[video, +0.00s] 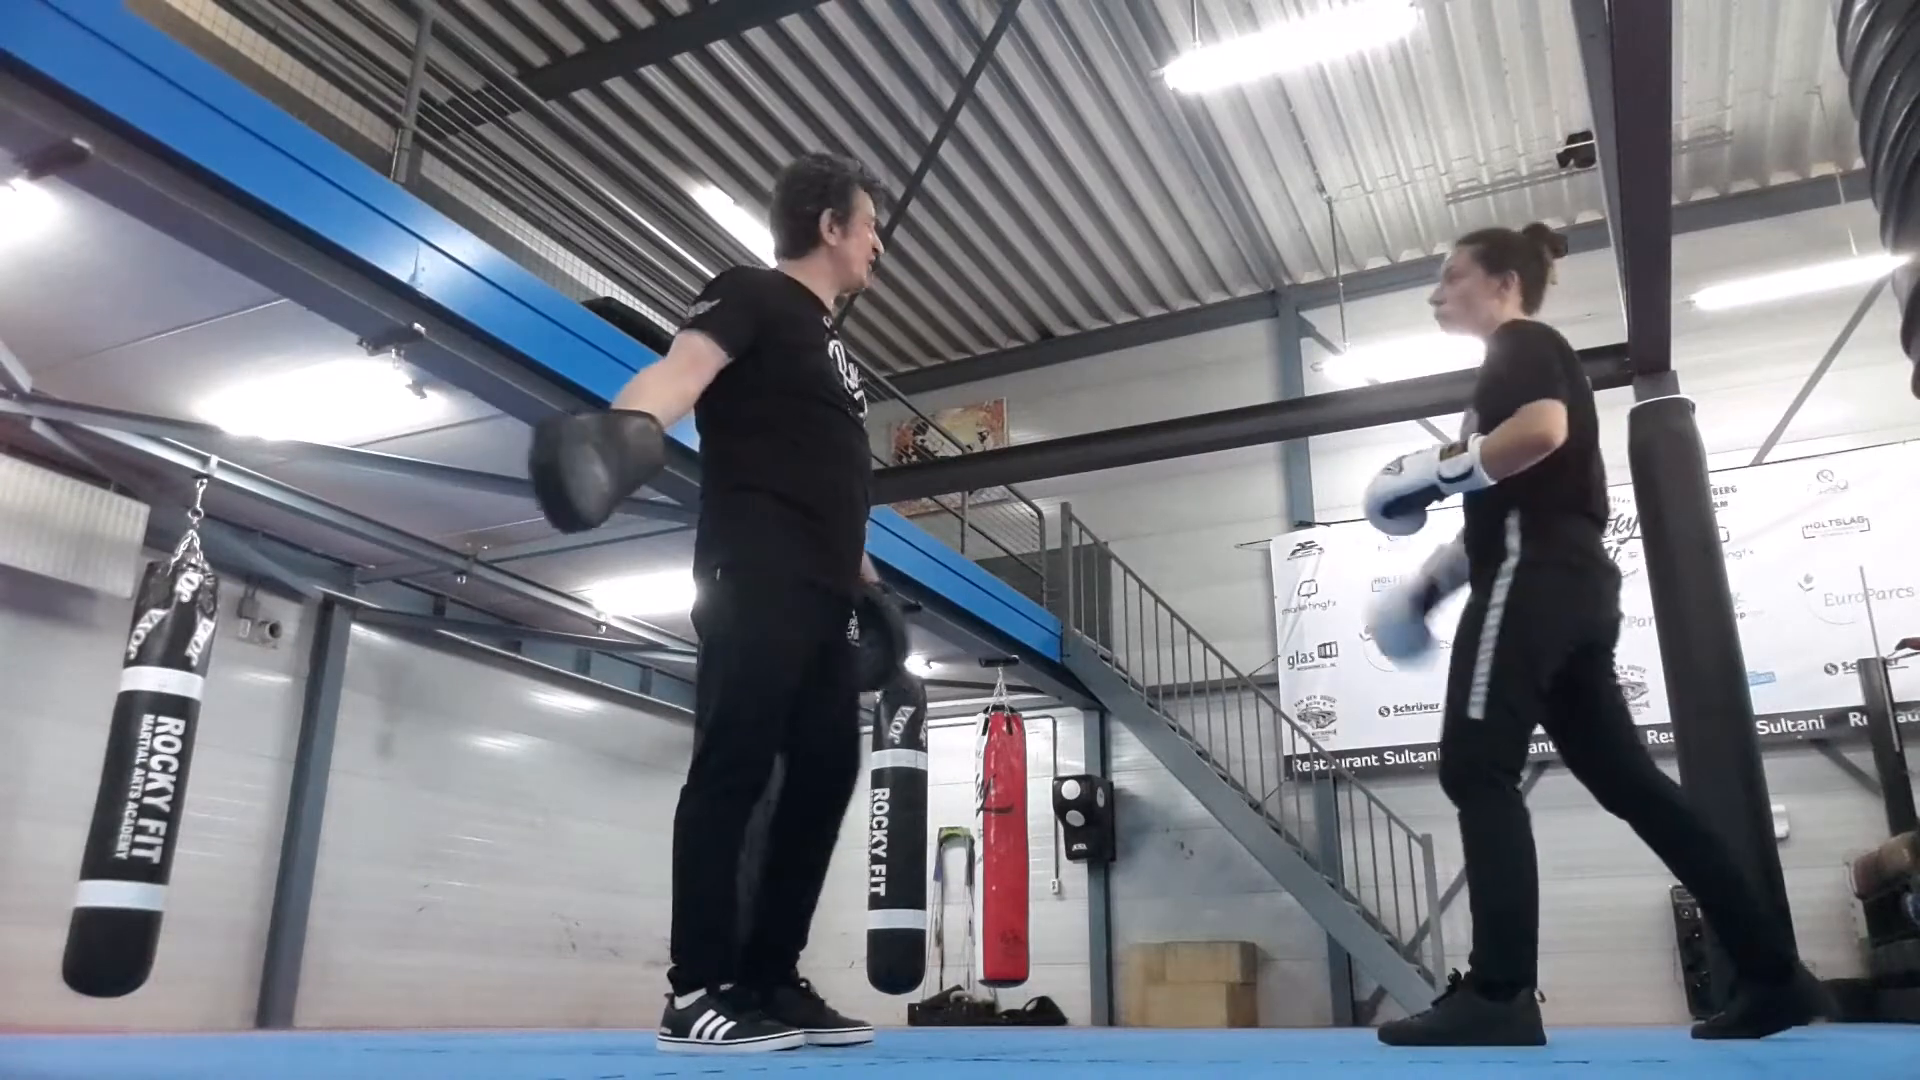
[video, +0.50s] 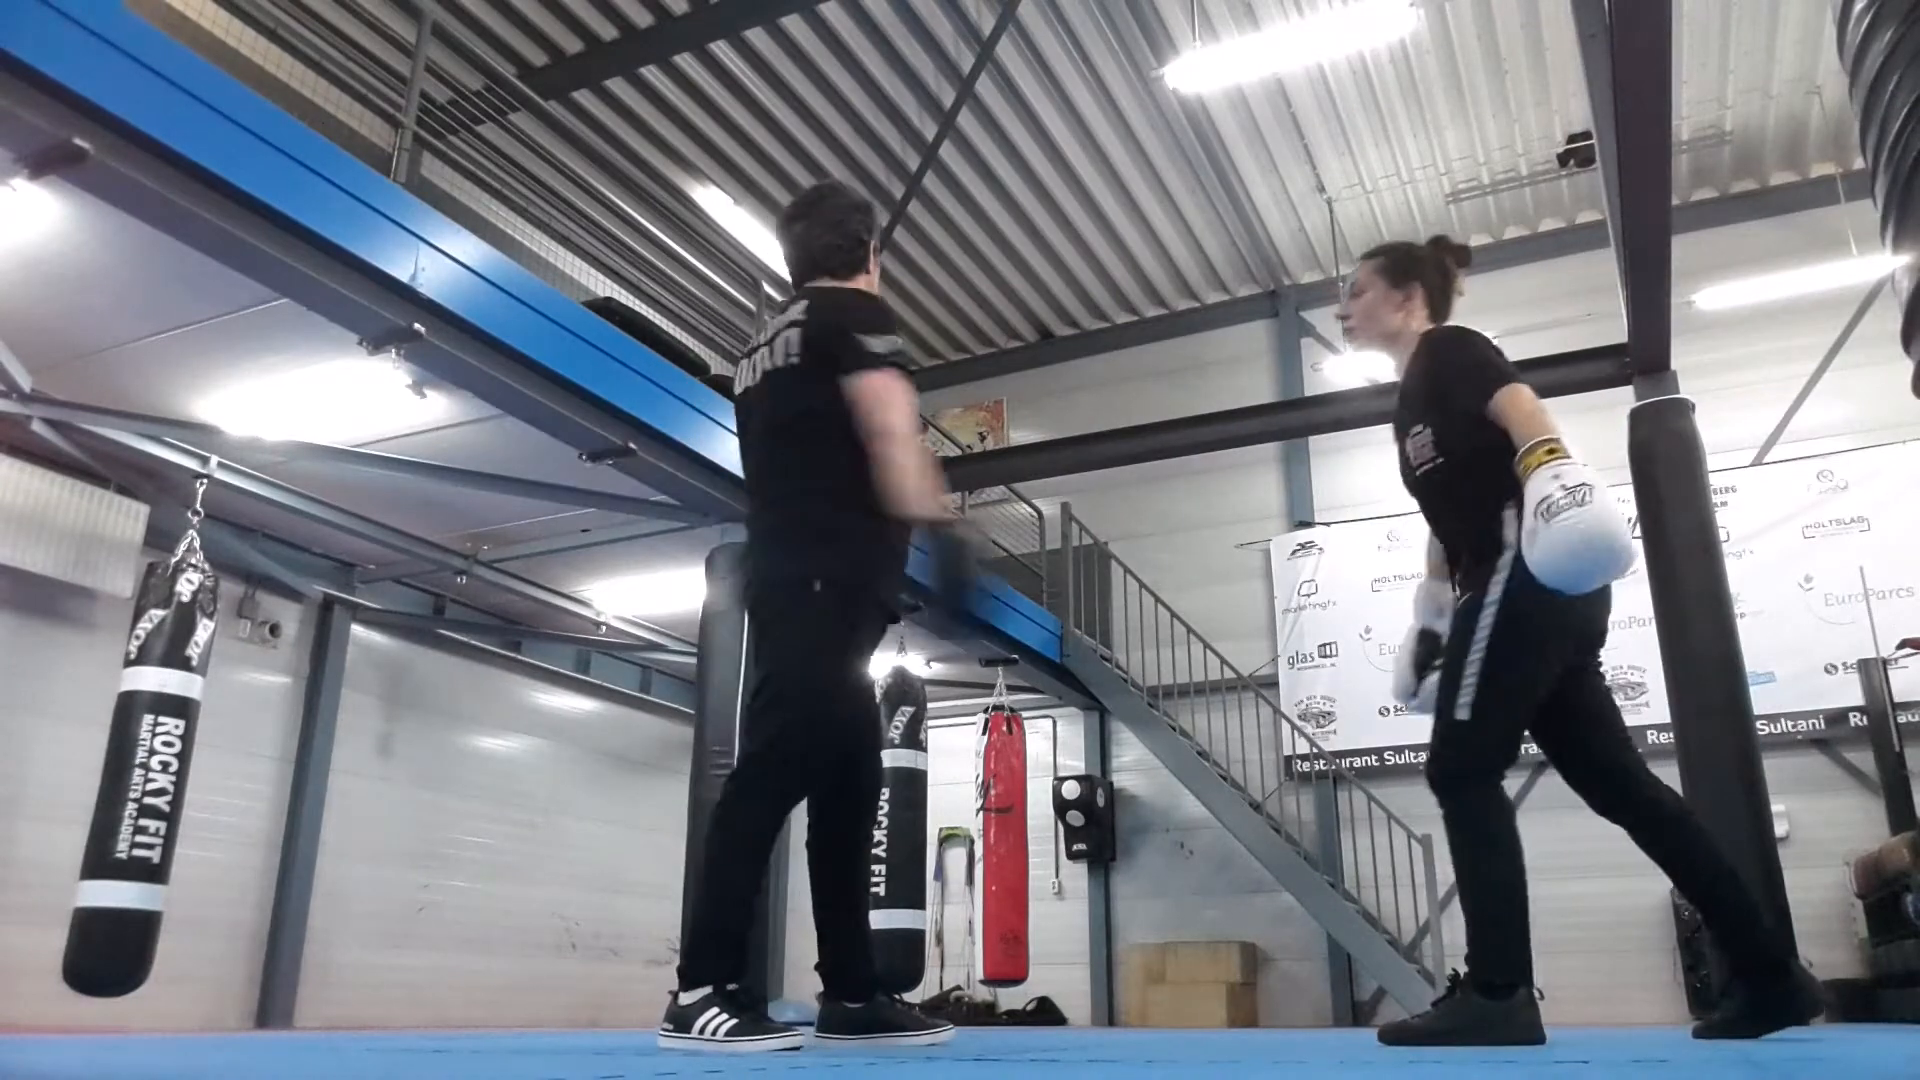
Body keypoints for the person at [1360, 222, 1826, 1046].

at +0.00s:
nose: (1439, 291)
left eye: (1452, 277)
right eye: (1442, 278)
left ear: (1501, 282)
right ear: (1505, 290)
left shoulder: (1520, 341)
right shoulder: (1531, 363)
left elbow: (1543, 429)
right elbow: (1509, 510)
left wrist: (1442, 470)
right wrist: (1429, 583)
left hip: (1531, 570)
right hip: (1569, 576)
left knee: (1476, 770)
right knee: (1627, 782)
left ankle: (1497, 998)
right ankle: (1772, 976)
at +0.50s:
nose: (1345, 306)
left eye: (1358, 292)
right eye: (1346, 294)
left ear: (1407, 296)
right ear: (1396, 303)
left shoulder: (1447, 349)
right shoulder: (1412, 399)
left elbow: (1516, 407)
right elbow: (1451, 519)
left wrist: (1555, 476)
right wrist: (1431, 618)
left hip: (1527, 576)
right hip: (1526, 589)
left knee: (1461, 769)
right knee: (1619, 786)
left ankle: (1496, 996)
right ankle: (1768, 973)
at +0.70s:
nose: (1312, 294)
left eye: (1327, 280)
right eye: (1315, 282)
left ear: (1378, 286)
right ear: (1366, 292)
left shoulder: (1428, 344)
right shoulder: (1371, 406)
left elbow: (1500, 403)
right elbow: (1371, 516)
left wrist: (1508, 473)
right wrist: (1353, 609)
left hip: (1487, 578)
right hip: (1510, 582)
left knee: (1447, 772)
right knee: (1581, 778)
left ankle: (1498, 994)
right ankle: (1752, 967)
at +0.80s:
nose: (1303, 285)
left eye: (1316, 269)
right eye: (1305, 272)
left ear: (1364, 273)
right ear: (1359, 279)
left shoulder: (1408, 332)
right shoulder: (1369, 391)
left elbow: (1453, 405)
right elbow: (1335, 499)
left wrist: (1463, 503)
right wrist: (1284, 572)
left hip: (1470, 560)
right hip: (1508, 563)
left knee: (1455, 768)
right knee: (1524, 777)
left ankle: (1499, 994)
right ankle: (1700, 947)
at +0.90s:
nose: (1299, 286)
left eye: (1309, 269)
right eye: (1300, 271)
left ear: (1350, 267)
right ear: (1359, 273)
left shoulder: (1387, 330)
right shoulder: (1380, 361)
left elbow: (1400, 425)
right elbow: (1325, 474)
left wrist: (1385, 525)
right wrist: (1231, 513)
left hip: (1461, 557)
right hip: (1493, 560)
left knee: (1455, 767)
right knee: (1467, 768)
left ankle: (1498, 995)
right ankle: (1622, 948)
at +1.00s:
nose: (1297, 289)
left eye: (1304, 272)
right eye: (1299, 275)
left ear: (1342, 270)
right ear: (1367, 274)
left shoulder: (1368, 329)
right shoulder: (1400, 343)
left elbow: (1361, 435)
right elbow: (1345, 461)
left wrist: (1321, 532)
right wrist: (1240, 452)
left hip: (1442, 554)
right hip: (1487, 551)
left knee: (1446, 763)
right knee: (1450, 761)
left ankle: (1502, 989)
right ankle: (1522, 971)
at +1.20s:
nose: (1297, 314)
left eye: (1300, 300)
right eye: (1299, 301)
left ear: (1325, 295)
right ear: (1374, 302)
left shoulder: (1332, 355)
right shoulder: (1403, 367)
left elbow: (1297, 456)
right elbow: (1354, 453)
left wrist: (1227, 550)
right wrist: (1276, 423)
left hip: (1401, 565)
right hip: (1465, 566)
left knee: (1463, 773)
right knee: (1391, 777)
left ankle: (1503, 993)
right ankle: (1395, 986)